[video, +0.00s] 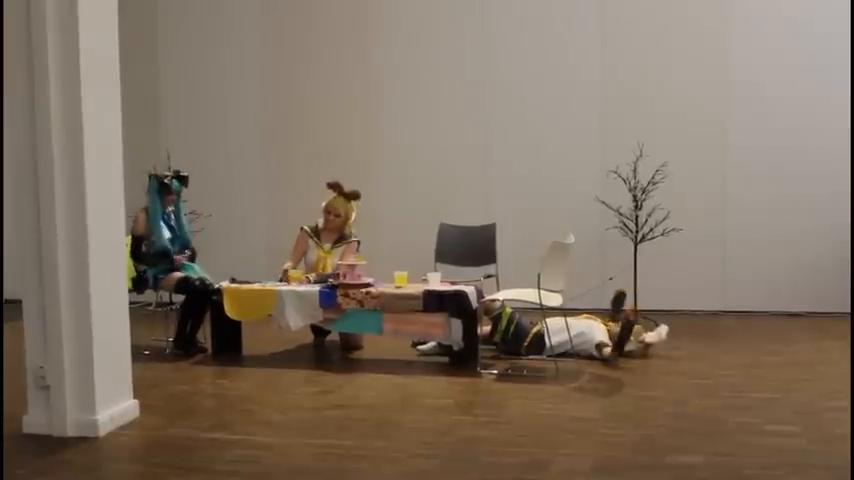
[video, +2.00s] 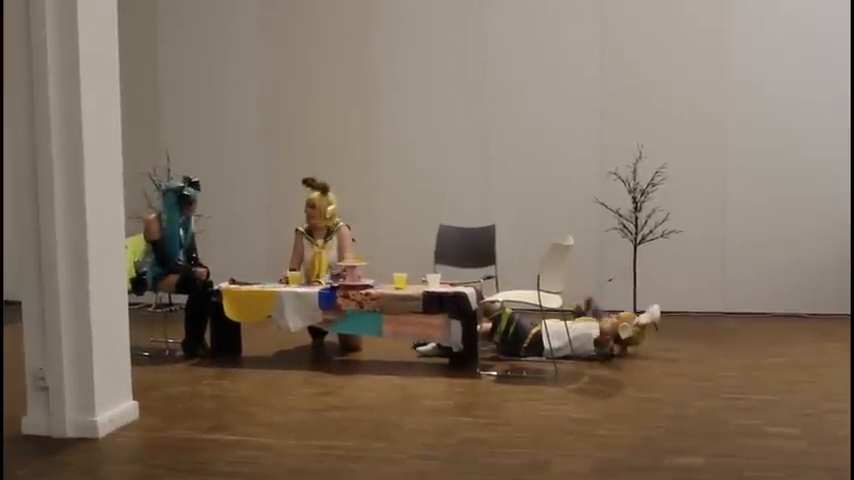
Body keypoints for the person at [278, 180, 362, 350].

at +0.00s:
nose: (330, 218)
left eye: (337, 215)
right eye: (328, 213)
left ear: (347, 219)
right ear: (323, 211)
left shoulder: (350, 241)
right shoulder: (308, 233)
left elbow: (341, 274)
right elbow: (293, 261)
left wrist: (312, 278)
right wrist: (286, 272)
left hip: (340, 292)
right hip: (311, 292)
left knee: (352, 344)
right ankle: (318, 336)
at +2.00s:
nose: (307, 211)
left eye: (313, 207)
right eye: (307, 206)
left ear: (327, 210)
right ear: (305, 209)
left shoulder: (340, 230)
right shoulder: (302, 233)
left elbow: (346, 260)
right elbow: (295, 264)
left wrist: (342, 278)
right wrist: (289, 279)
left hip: (337, 289)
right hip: (310, 291)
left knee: (353, 344)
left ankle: (345, 336)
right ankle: (317, 339)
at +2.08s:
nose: (315, 209)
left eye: (321, 205)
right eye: (312, 205)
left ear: (332, 209)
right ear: (308, 207)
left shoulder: (342, 229)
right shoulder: (302, 231)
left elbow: (348, 258)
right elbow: (289, 259)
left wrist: (335, 273)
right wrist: (285, 275)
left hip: (339, 291)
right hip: (309, 293)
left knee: (353, 345)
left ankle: (344, 339)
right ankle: (317, 340)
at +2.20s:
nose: (315, 207)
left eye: (321, 204)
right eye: (313, 203)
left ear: (332, 207)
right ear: (311, 205)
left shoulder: (338, 228)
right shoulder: (305, 225)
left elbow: (351, 226)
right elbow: (273, 224)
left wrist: (353, 223)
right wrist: (283, 247)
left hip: (339, 288)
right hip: (310, 288)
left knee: (354, 345)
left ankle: (344, 338)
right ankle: (317, 338)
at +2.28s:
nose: (311, 207)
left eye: (316, 203)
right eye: (311, 203)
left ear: (330, 207)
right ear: (311, 205)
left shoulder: (341, 227)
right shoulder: (308, 223)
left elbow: (353, 202)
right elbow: (286, 195)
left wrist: (350, 197)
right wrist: (283, 208)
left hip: (339, 293)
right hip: (311, 293)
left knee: (352, 345)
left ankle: (344, 340)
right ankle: (317, 341)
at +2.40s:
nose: (308, 208)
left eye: (313, 204)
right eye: (308, 203)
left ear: (326, 207)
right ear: (308, 206)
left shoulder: (337, 229)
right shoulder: (308, 226)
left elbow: (344, 193)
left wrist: (351, 162)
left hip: (336, 298)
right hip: (308, 298)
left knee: (350, 345)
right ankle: (318, 335)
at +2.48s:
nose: (306, 208)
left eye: (311, 203)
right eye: (306, 203)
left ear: (324, 207)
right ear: (306, 207)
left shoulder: (337, 231)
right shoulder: (305, 230)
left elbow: (349, 193)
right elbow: (297, 203)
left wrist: (361, 165)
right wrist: (295, 175)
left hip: (337, 298)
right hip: (310, 299)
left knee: (352, 345)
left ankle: (345, 334)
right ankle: (317, 338)